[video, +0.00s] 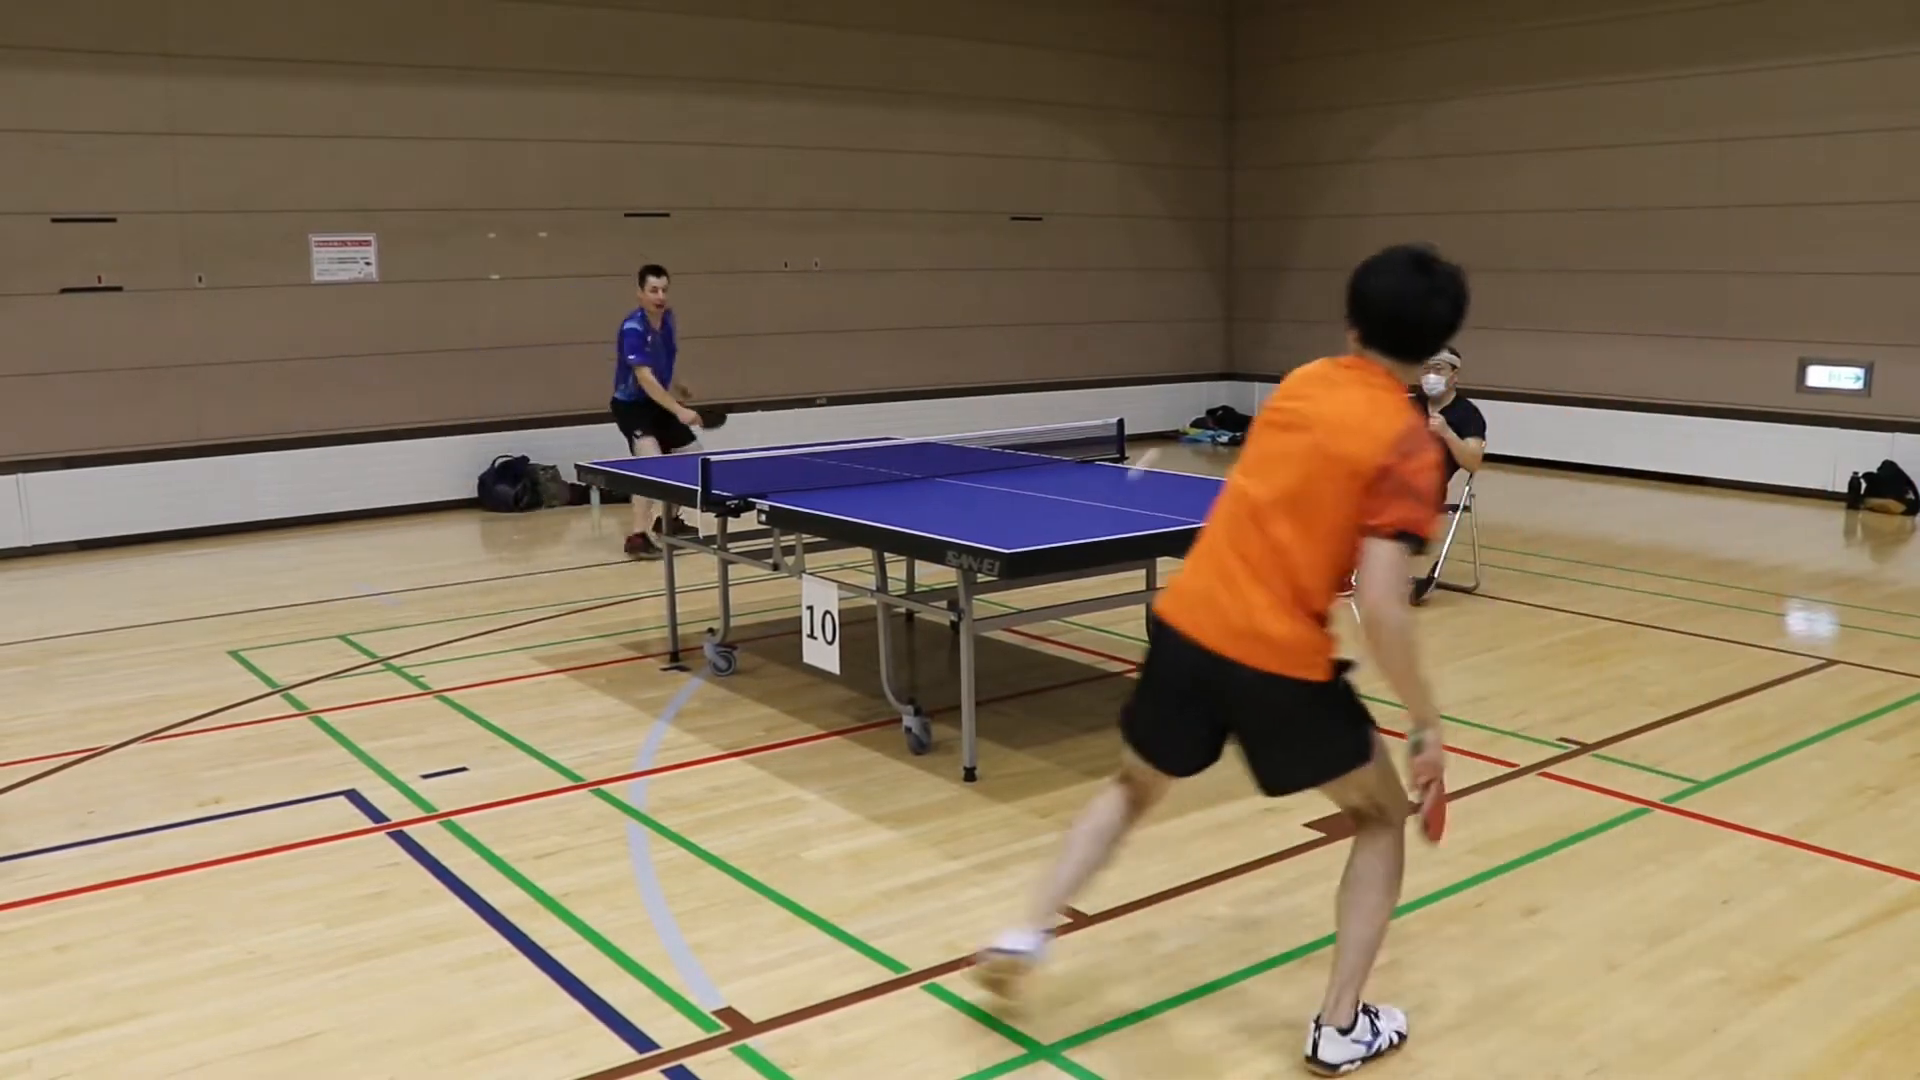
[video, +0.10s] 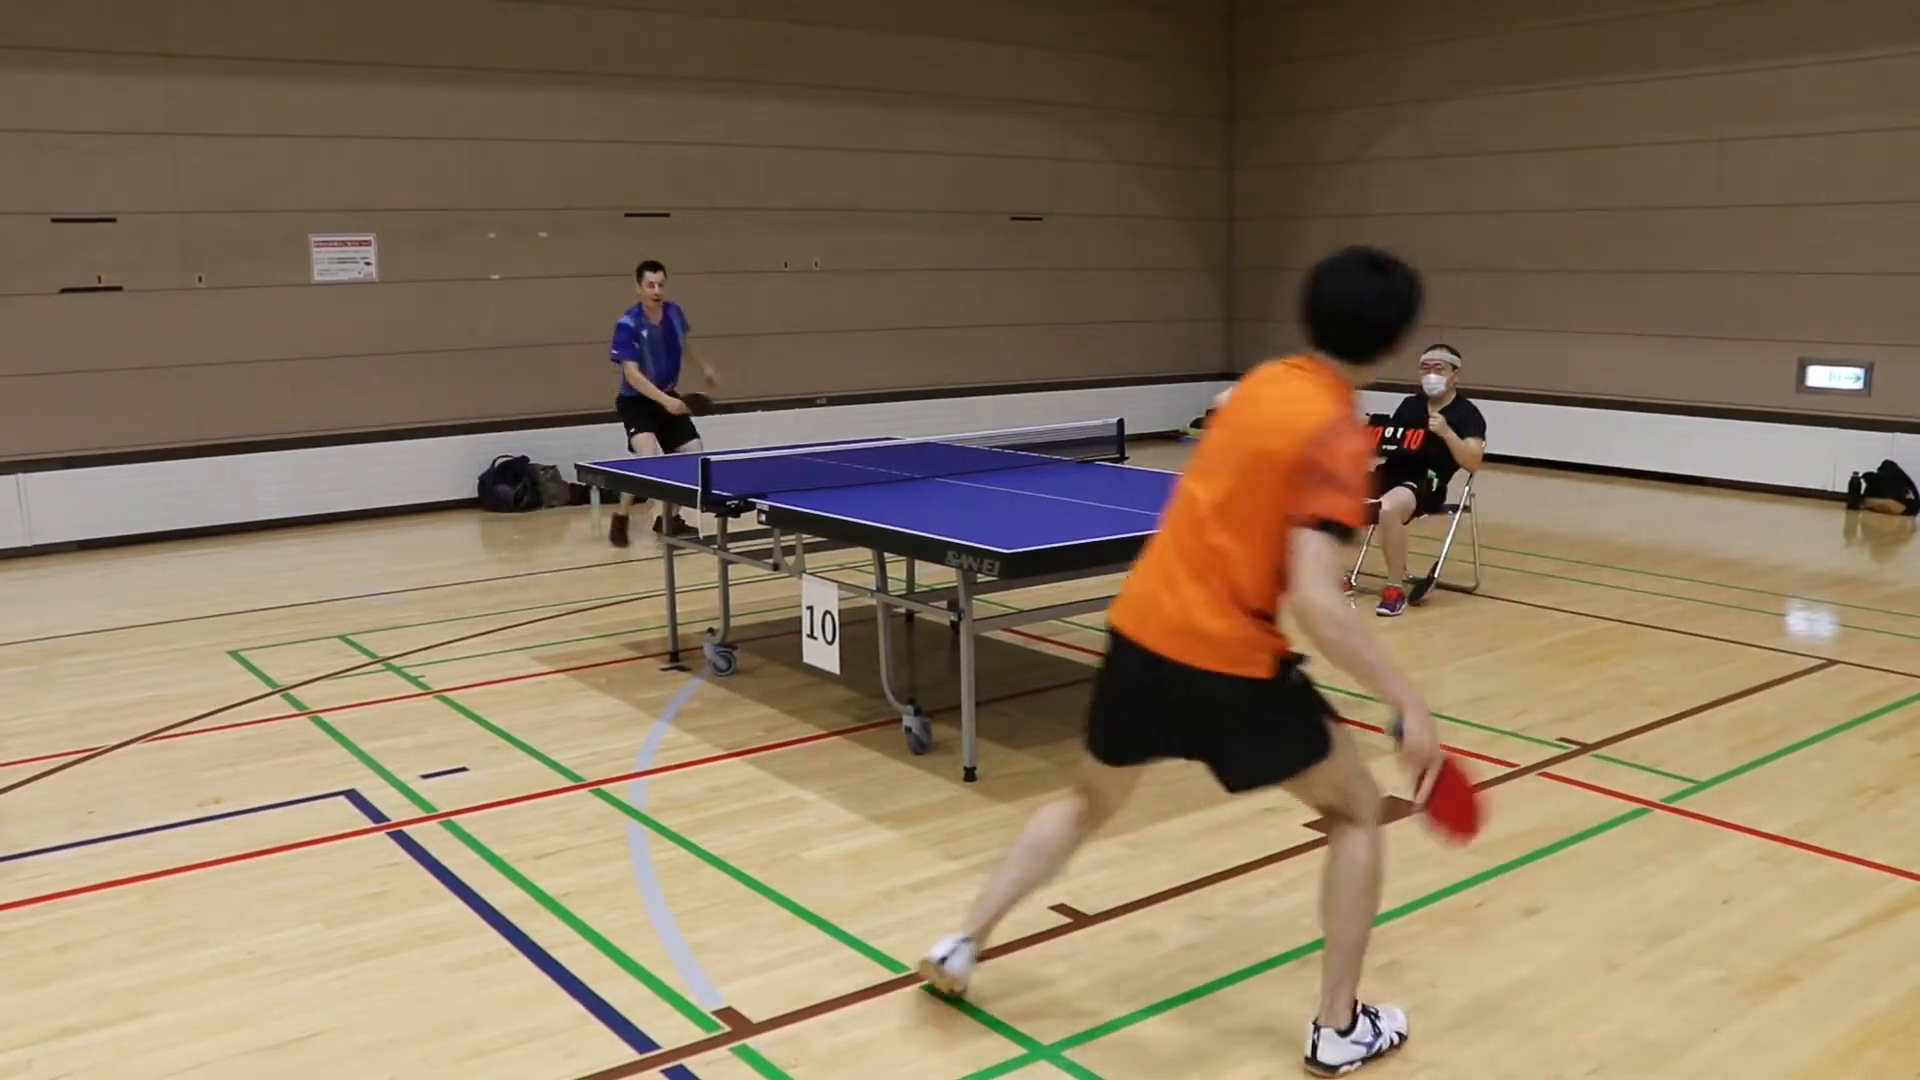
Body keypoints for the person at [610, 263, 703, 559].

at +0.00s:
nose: (660, 296)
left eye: (664, 290)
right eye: (653, 290)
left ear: (668, 292)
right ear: (640, 293)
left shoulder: (667, 319)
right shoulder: (633, 327)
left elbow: (666, 359)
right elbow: (645, 379)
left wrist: (676, 385)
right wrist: (678, 410)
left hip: (658, 399)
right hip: (631, 403)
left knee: (685, 455)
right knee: (651, 457)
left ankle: (670, 519)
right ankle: (638, 534)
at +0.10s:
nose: (656, 291)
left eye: (660, 285)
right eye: (650, 285)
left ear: (666, 287)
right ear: (638, 288)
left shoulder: (673, 314)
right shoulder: (628, 324)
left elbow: (685, 344)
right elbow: (631, 374)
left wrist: (705, 368)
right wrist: (666, 400)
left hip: (666, 396)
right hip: (636, 399)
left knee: (692, 452)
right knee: (648, 455)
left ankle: (668, 517)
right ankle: (622, 514)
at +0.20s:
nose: (651, 279)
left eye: (655, 273)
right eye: (645, 274)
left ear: (661, 275)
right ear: (633, 277)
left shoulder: (675, 300)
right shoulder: (622, 314)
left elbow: (695, 324)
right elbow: (617, 361)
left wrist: (719, 349)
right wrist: (644, 391)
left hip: (670, 385)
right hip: (636, 388)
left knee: (692, 447)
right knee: (631, 449)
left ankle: (671, 513)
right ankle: (619, 517)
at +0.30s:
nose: (646, 268)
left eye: (650, 262)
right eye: (640, 263)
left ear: (656, 264)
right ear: (629, 267)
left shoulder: (672, 290)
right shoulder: (617, 303)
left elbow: (698, 309)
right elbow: (603, 344)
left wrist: (721, 335)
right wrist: (620, 378)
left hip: (668, 373)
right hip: (633, 376)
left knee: (700, 436)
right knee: (615, 438)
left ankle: (690, 499)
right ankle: (598, 496)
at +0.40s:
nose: (642, 271)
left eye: (646, 265)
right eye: (636, 266)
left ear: (653, 267)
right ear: (627, 269)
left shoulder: (670, 295)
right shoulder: (614, 304)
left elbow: (698, 310)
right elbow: (594, 343)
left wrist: (721, 338)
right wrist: (611, 377)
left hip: (667, 381)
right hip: (631, 383)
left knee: (706, 440)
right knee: (602, 447)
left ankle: (718, 499)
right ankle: (581, 498)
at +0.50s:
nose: (639, 296)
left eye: (643, 291)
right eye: (633, 291)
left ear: (649, 292)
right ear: (624, 294)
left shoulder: (668, 319)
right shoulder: (614, 325)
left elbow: (696, 341)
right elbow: (595, 356)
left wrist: (709, 378)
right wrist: (594, 383)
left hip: (663, 401)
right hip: (629, 402)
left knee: (698, 449)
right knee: (601, 452)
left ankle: (717, 500)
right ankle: (578, 507)